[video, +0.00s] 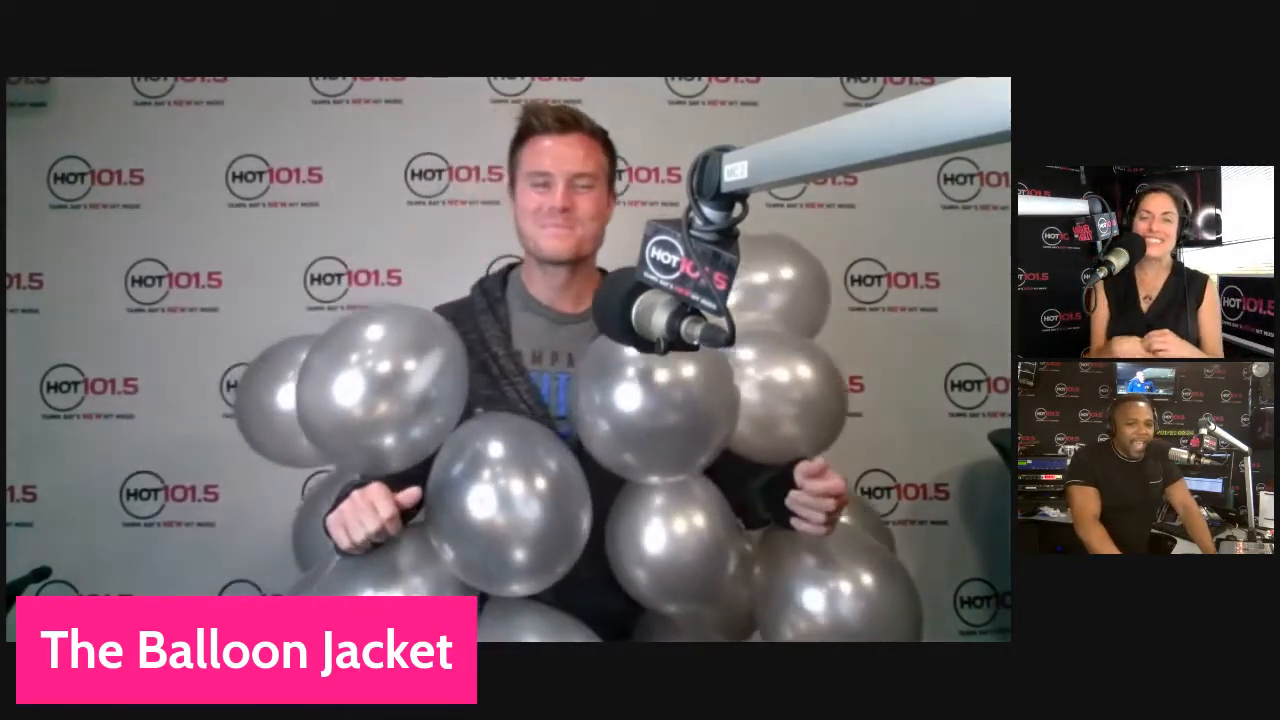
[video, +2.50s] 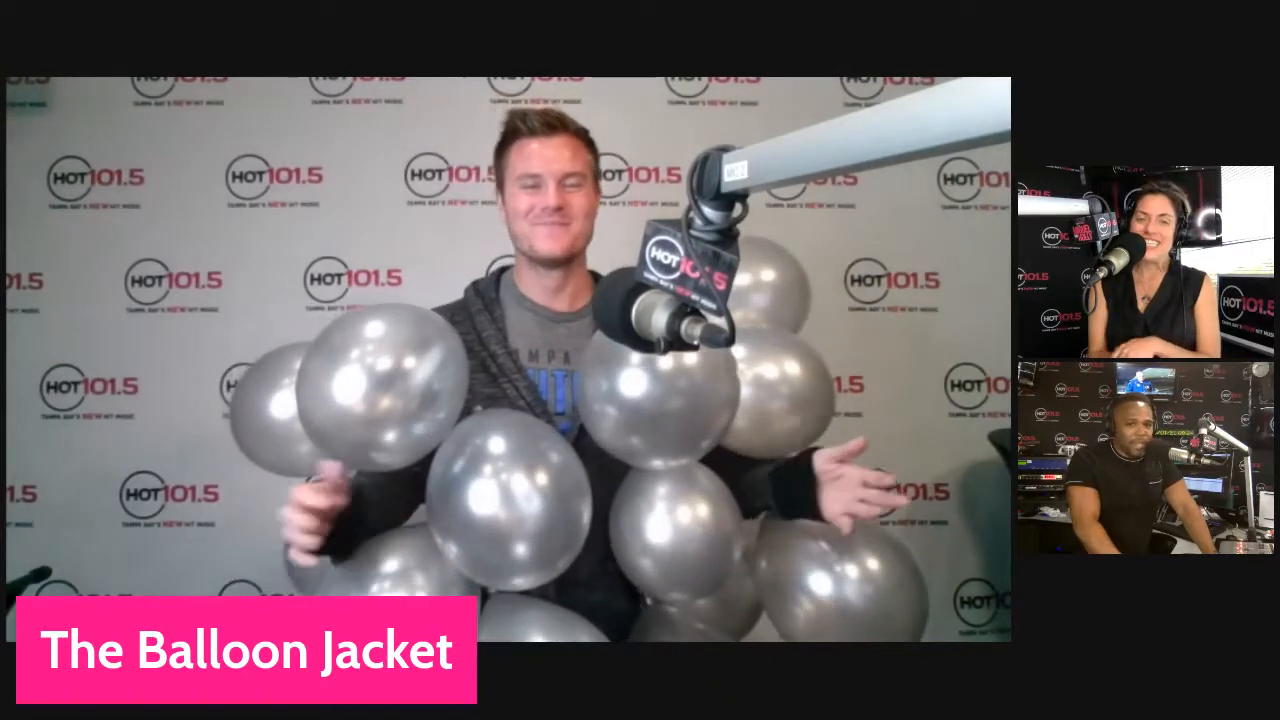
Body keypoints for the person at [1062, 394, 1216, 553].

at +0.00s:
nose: (1142, 432)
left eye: (1148, 424)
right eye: (1132, 424)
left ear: (1154, 428)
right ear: (1112, 427)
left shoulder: (1158, 457)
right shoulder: (1088, 460)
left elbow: (1187, 507)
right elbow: (1087, 524)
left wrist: (1210, 552)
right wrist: (1119, 560)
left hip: (1143, 554)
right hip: (1099, 555)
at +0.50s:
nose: (1146, 430)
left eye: (1152, 424)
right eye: (1137, 421)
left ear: (1157, 430)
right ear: (1117, 422)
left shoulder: (1157, 457)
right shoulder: (1086, 459)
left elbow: (1186, 508)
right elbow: (1085, 524)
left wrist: (1210, 552)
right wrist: (1117, 560)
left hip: (1142, 555)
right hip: (1096, 557)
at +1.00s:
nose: (1146, 432)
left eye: (1152, 426)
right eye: (1137, 423)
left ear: (1157, 430)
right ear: (1117, 422)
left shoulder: (1156, 458)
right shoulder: (1086, 459)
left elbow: (1186, 508)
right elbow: (1085, 524)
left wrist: (1210, 552)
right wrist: (1117, 562)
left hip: (1142, 557)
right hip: (1097, 560)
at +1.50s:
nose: (1142, 430)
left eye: (1147, 423)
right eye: (1132, 423)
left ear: (1153, 427)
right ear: (1112, 428)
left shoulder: (1157, 457)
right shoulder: (1087, 460)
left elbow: (1187, 508)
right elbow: (1086, 524)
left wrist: (1211, 553)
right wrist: (1120, 564)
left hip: (1143, 556)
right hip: (1098, 558)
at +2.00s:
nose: (1142, 433)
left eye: (1148, 425)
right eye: (1131, 425)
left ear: (1154, 428)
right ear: (1112, 427)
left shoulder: (1157, 458)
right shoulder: (1087, 460)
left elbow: (1186, 508)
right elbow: (1086, 524)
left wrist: (1211, 552)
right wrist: (1118, 560)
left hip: (1144, 556)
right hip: (1100, 556)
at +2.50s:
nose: (1141, 432)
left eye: (1147, 424)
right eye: (1131, 424)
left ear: (1153, 428)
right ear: (1112, 427)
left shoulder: (1158, 458)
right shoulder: (1087, 460)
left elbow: (1187, 508)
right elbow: (1086, 524)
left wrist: (1211, 552)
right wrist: (1118, 561)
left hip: (1143, 557)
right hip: (1098, 557)